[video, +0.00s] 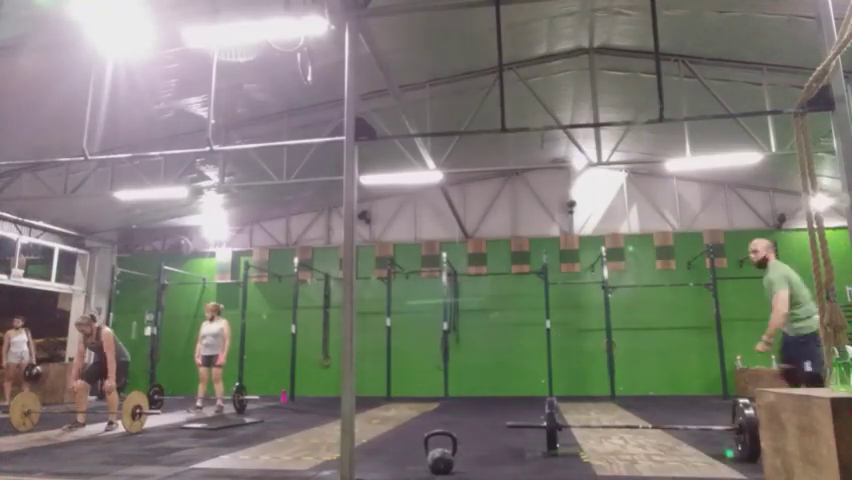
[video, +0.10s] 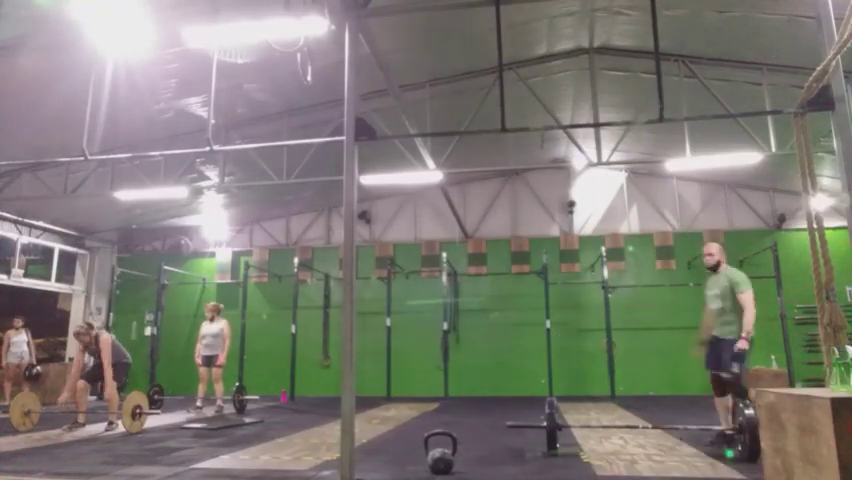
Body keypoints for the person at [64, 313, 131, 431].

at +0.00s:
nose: (82, 332)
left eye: (83, 329)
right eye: (80, 330)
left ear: (91, 325)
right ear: (80, 329)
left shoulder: (105, 333)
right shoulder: (84, 336)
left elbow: (111, 357)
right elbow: (80, 357)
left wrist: (111, 379)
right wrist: (74, 379)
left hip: (119, 360)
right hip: (102, 361)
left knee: (109, 387)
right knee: (81, 385)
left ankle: (112, 421)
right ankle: (80, 420)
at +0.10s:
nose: (83, 343)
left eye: (84, 340)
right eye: (81, 341)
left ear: (91, 334)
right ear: (79, 338)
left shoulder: (104, 338)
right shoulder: (83, 343)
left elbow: (107, 364)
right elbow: (76, 367)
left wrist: (108, 389)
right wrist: (67, 391)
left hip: (120, 363)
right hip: (102, 364)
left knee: (111, 385)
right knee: (81, 385)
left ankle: (112, 420)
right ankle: (80, 420)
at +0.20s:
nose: (80, 355)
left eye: (82, 351)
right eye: (78, 353)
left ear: (89, 345)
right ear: (77, 350)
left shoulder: (102, 349)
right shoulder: (81, 353)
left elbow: (106, 376)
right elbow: (72, 377)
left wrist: (107, 400)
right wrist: (60, 400)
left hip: (121, 365)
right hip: (102, 366)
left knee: (110, 385)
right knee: (81, 385)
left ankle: (112, 421)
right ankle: (80, 421)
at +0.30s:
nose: (80, 362)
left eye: (82, 359)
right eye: (78, 360)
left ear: (89, 354)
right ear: (75, 358)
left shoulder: (102, 356)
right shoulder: (78, 359)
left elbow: (109, 381)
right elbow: (66, 380)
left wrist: (107, 404)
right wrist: (56, 403)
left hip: (121, 367)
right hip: (102, 368)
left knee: (107, 388)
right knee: (79, 386)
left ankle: (112, 421)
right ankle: (80, 420)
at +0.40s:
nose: (77, 354)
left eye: (79, 350)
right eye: (75, 351)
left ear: (87, 350)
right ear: (73, 352)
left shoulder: (101, 355)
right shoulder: (77, 358)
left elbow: (106, 381)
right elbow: (67, 380)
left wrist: (105, 405)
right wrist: (56, 404)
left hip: (120, 370)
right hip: (101, 371)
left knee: (104, 388)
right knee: (77, 387)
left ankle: (112, 421)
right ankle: (80, 421)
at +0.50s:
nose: (77, 350)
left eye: (80, 347)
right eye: (75, 347)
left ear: (88, 347)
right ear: (73, 348)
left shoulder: (100, 356)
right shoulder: (76, 360)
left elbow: (107, 381)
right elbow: (67, 381)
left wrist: (107, 405)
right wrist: (58, 403)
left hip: (118, 374)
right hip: (98, 375)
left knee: (101, 389)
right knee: (75, 389)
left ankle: (112, 420)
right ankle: (80, 420)